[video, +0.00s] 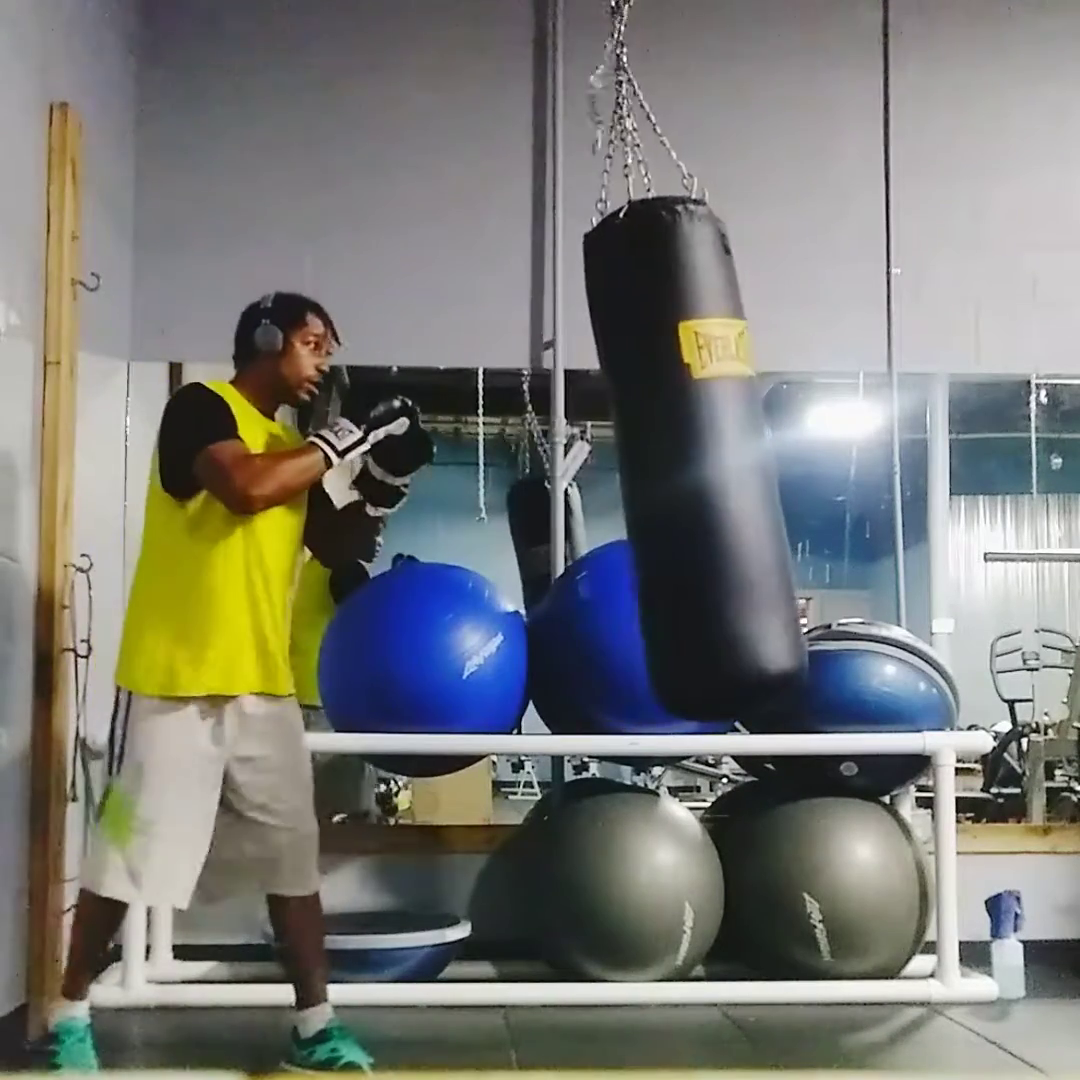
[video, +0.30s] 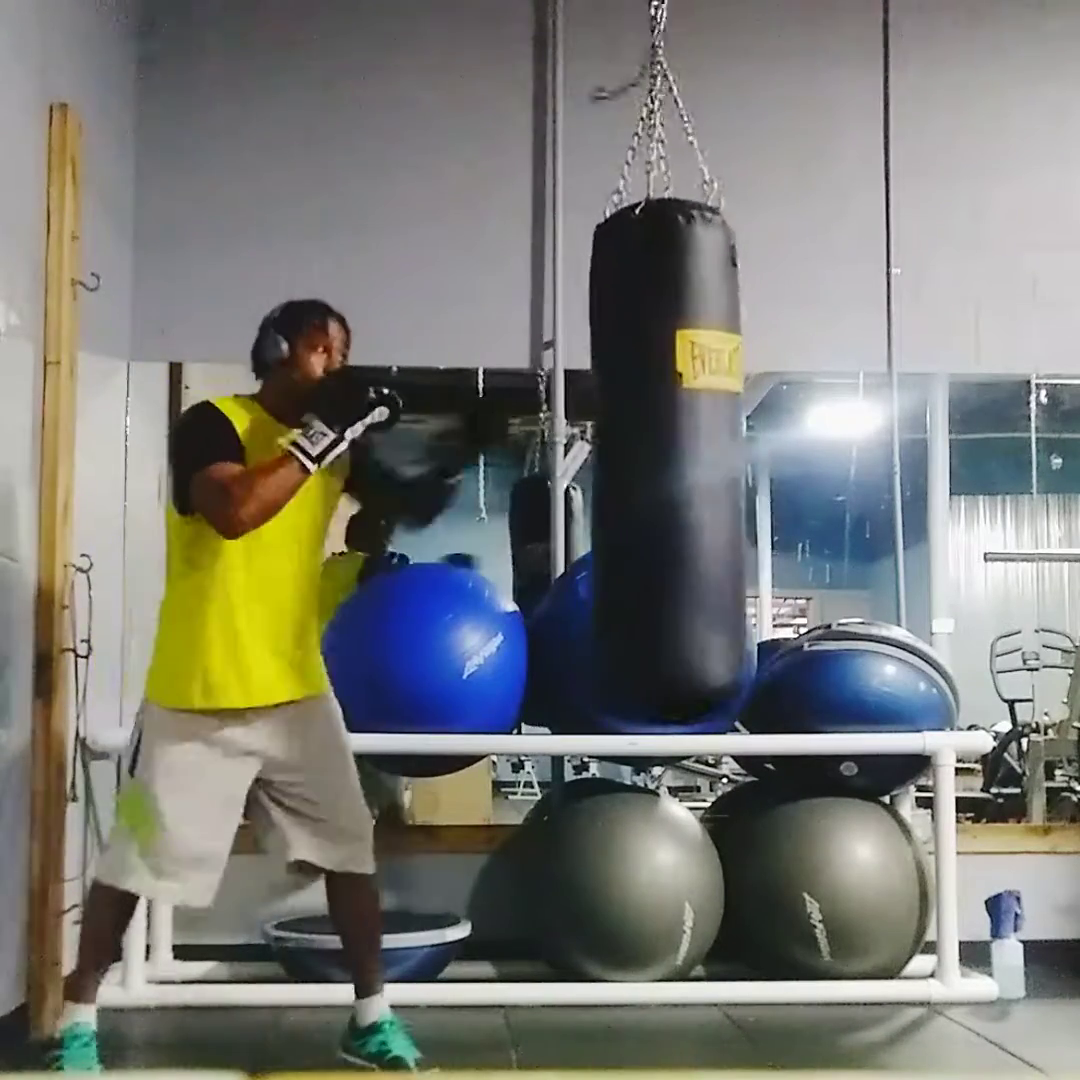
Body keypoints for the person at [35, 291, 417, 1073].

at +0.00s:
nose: (325, 360)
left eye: (329, 350)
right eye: (314, 343)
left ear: (307, 360)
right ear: (268, 340)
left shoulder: (293, 446)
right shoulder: (198, 404)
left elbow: (333, 548)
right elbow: (247, 485)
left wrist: (374, 490)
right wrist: (340, 443)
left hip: (262, 677)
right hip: (174, 670)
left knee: (292, 851)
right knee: (128, 853)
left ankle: (316, 1026)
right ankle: (67, 1015)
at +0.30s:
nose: (334, 368)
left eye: (340, 356)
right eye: (322, 351)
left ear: (338, 367)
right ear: (278, 354)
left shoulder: (330, 445)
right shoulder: (209, 422)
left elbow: (351, 558)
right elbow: (233, 512)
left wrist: (385, 502)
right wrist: (324, 434)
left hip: (297, 686)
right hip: (197, 687)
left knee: (351, 845)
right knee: (134, 856)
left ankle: (372, 1017)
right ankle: (77, 1018)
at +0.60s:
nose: (351, 379)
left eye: (360, 368)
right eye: (340, 361)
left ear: (362, 382)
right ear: (298, 362)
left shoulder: (349, 457)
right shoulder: (236, 435)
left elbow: (356, 562)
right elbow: (240, 527)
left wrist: (429, 506)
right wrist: (336, 455)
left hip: (336, 686)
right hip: (239, 688)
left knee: (396, 837)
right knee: (199, 857)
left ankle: (395, 1006)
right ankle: (160, 1012)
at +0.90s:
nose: (376, 370)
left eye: (384, 358)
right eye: (359, 356)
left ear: (391, 371)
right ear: (318, 362)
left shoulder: (394, 446)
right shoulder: (261, 431)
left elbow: (478, 498)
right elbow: (248, 522)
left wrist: (539, 447)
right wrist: (343, 455)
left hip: (363, 677)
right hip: (263, 679)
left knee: (397, 842)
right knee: (233, 849)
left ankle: (415, 1012)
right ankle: (214, 995)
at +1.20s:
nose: (399, 368)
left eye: (405, 357)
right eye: (383, 353)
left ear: (411, 370)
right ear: (341, 364)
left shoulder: (425, 435)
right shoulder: (290, 437)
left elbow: (511, 463)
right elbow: (264, 531)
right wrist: (350, 457)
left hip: (400, 677)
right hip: (299, 681)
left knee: (439, 846)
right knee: (262, 848)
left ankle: (456, 1014)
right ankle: (221, 1000)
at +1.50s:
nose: (412, 370)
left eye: (424, 360)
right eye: (398, 354)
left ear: (433, 374)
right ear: (363, 362)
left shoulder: (449, 451)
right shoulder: (319, 444)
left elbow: (506, 549)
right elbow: (294, 549)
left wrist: (526, 532)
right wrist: (380, 485)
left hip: (430, 673)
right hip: (334, 676)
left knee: (446, 842)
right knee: (312, 835)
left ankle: (457, 1010)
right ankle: (307, 973)